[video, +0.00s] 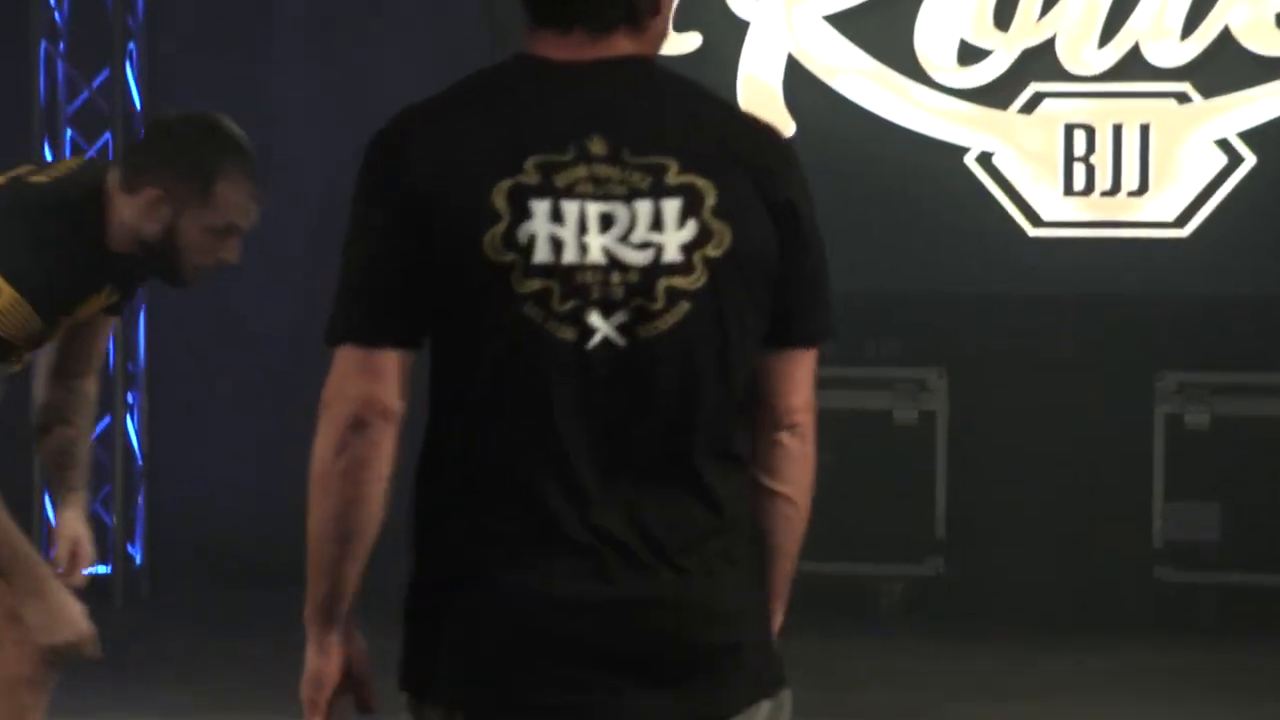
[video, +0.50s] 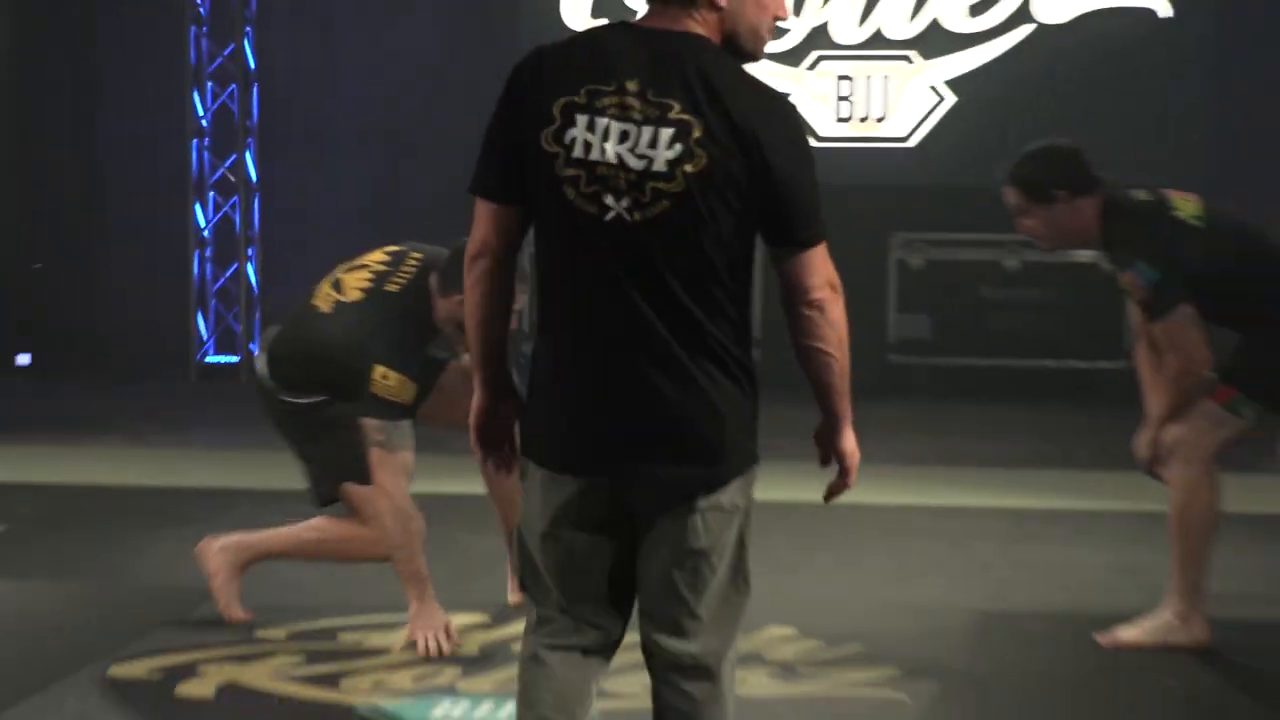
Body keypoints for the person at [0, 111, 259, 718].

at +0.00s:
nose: (232, 256)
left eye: (240, 236)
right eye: (220, 231)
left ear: (152, 204)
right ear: (154, 204)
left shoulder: (125, 237)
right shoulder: (32, 250)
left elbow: (73, 377)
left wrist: (70, 506)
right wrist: (30, 586)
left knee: (30, 638)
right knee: (37, 634)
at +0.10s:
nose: (286, 286)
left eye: (293, 266)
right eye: (274, 264)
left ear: (209, 233)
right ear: (209, 236)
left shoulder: (178, 244)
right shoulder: (90, 271)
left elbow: (139, 394)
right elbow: (15, 474)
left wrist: (153, 519)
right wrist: (126, 623)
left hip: (30, 419)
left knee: (146, 599)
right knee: (84, 643)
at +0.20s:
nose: (360, 309)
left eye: (366, 293)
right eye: (350, 291)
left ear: (290, 262)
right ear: (292, 266)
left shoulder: (262, 256)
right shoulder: (189, 301)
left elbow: (263, 395)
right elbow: (153, 495)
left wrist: (287, 493)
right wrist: (250, 630)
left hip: (131, 396)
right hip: (45, 417)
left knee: (291, 527)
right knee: (192, 607)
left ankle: (292, 704)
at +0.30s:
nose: (425, 322)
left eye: (430, 308)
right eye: (417, 308)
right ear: (362, 288)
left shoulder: (339, 257)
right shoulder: (277, 331)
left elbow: (363, 374)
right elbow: (265, 503)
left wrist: (395, 457)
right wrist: (337, 624)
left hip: (224, 383)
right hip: (146, 406)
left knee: (381, 486)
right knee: (283, 568)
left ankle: (488, 667)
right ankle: (137, 702)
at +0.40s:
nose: (464, 319)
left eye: (467, 307)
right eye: (459, 308)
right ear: (422, 296)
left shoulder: (400, 265)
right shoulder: (339, 336)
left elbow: (427, 362)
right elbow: (338, 498)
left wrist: (469, 443)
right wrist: (396, 614)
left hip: (304, 370)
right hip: (236, 396)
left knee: (443, 449)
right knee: (337, 546)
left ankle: (522, 622)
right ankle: (181, 618)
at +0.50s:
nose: (480, 330)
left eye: (486, 318)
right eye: (474, 318)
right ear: (450, 301)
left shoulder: (449, 268)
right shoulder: (391, 348)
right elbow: (390, 494)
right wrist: (423, 603)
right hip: (301, 385)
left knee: (494, 413)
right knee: (392, 533)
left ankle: (523, 566)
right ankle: (232, 551)